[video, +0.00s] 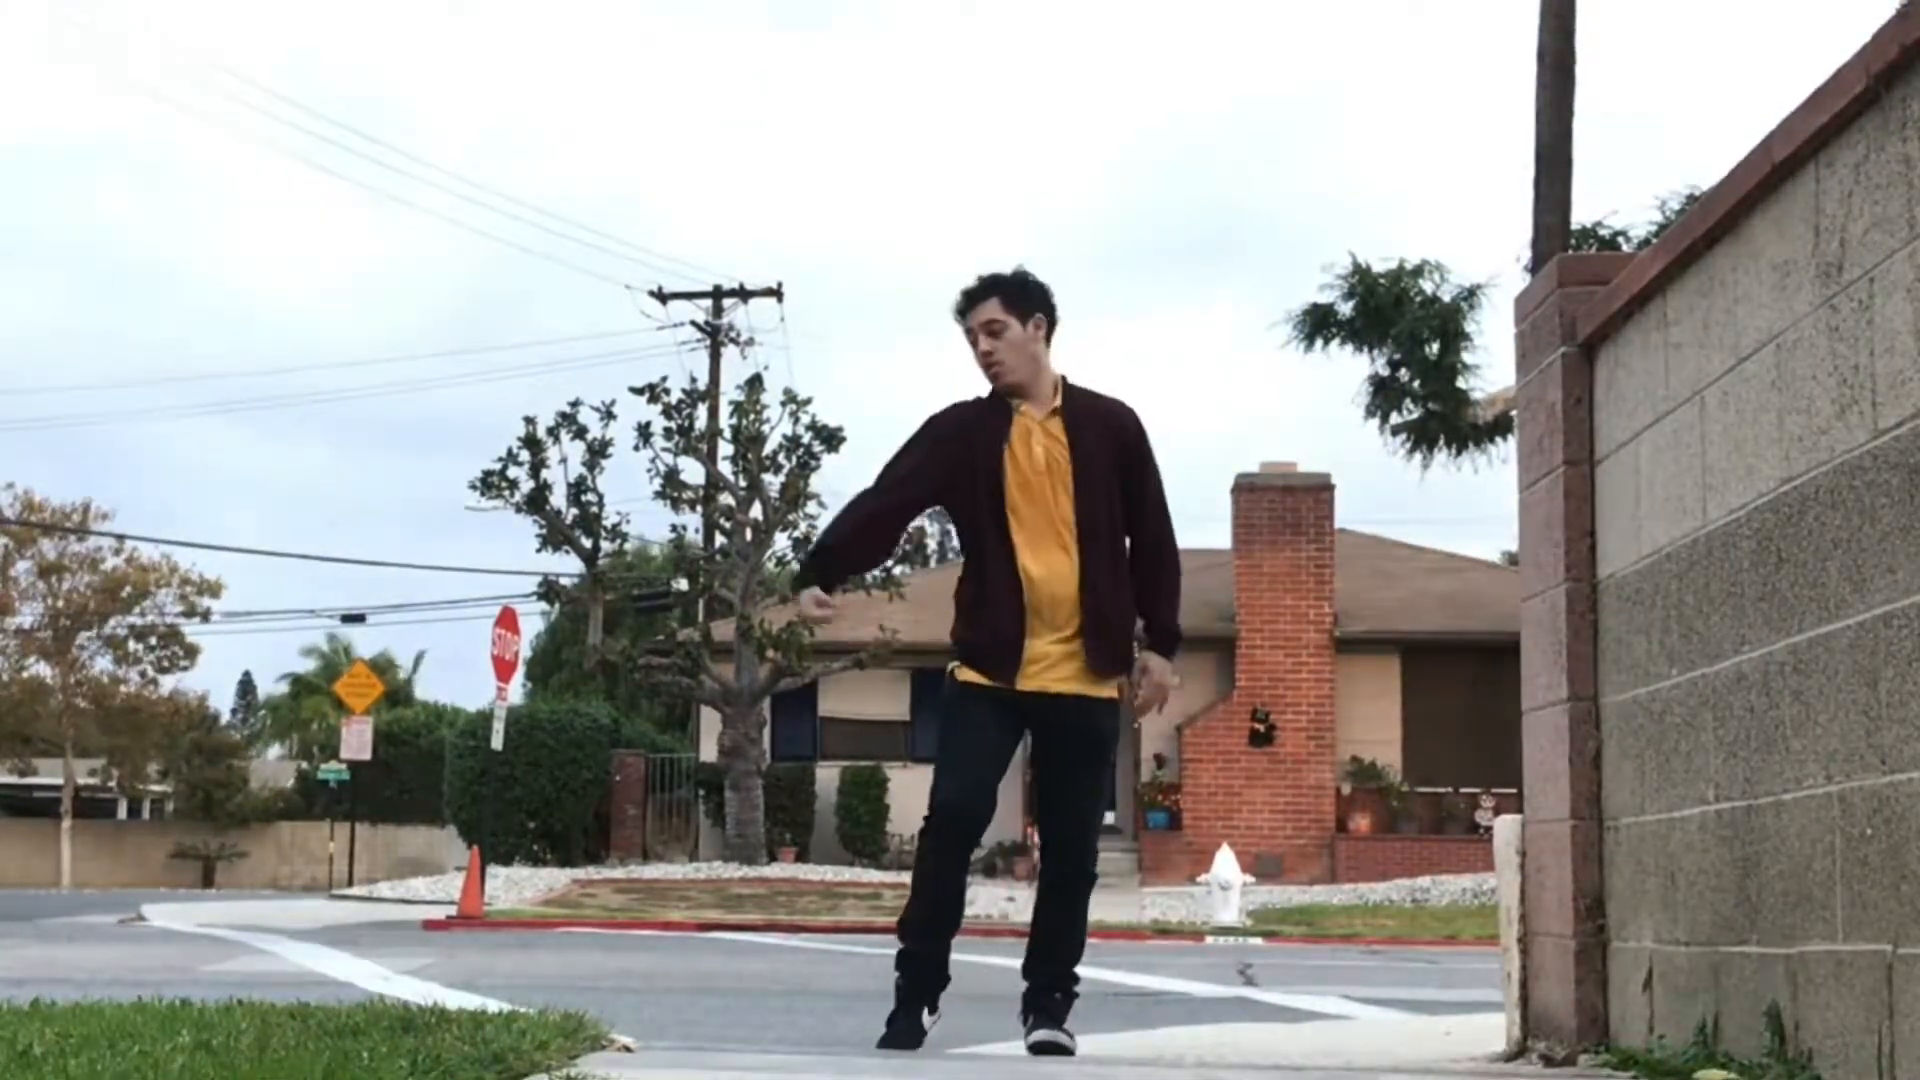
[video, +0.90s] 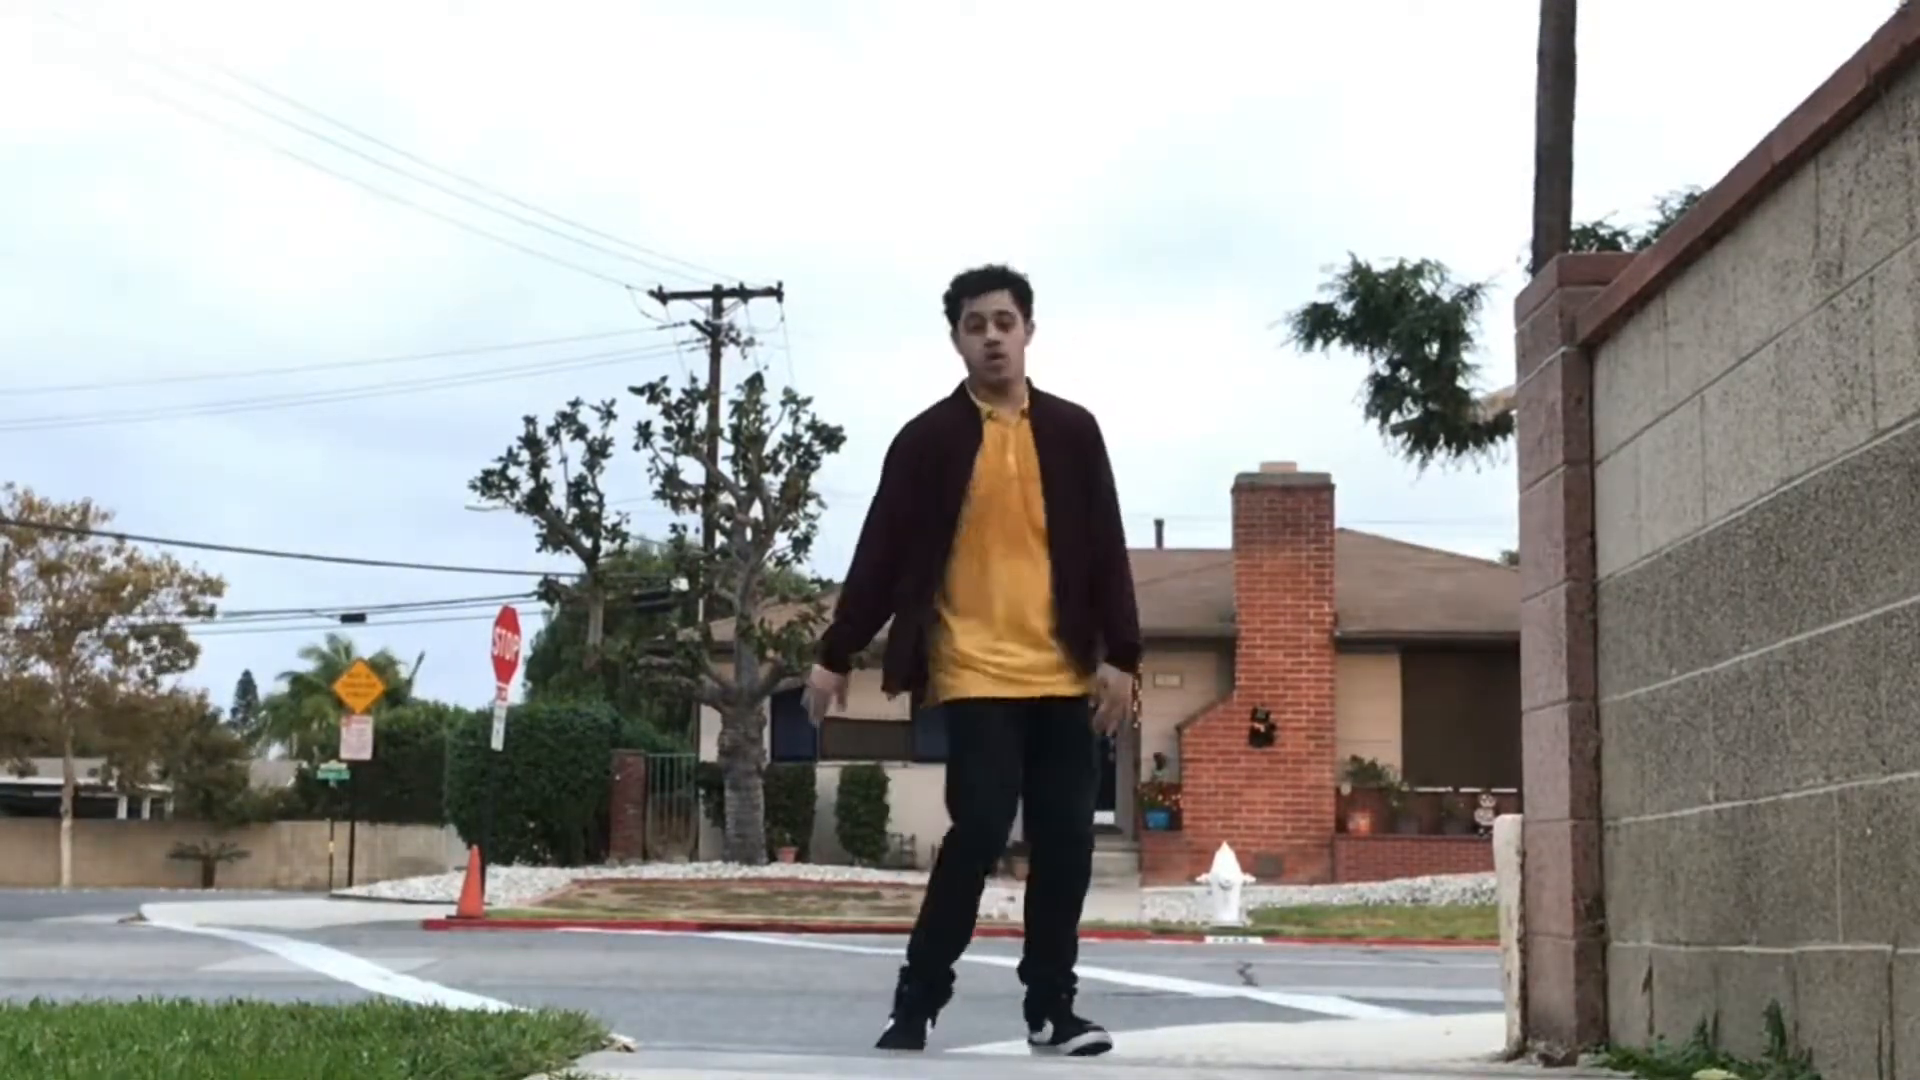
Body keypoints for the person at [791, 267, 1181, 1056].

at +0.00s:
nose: (983, 349)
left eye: (994, 332)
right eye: (974, 340)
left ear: (1042, 329)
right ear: (974, 350)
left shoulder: (1112, 425)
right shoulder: (961, 429)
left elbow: (1153, 539)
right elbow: (887, 502)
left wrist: (1160, 643)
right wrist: (821, 572)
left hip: (1087, 677)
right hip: (988, 671)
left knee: (1071, 851)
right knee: (950, 824)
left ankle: (1049, 1009)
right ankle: (914, 998)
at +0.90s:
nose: (991, 337)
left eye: (1005, 321)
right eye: (975, 326)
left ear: (1030, 330)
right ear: (955, 341)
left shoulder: (1075, 430)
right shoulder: (926, 439)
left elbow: (1107, 548)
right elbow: (880, 556)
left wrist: (1121, 655)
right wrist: (834, 658)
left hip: (1062, 673)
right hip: (971, 673)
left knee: (1067, 845)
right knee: (980, 829)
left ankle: (1050, 1009)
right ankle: (915, 1006)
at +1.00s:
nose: (1006, 330)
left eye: (1018, 316)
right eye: (990, 320)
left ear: (1042, 329)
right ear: (969, 337)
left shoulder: (1088, 428)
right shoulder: (945, 434)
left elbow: (1115, 545)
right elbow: (912, 554)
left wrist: (1119, 651)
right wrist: (912, 667)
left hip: (1073, 674)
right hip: (982, 672)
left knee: (1068, 849)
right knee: (980, 839)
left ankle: (1052, 1011)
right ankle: (944, 1010)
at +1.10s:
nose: (1013, 325)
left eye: (1027, 313)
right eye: (999, 314)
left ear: (1054, 330)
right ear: (981, 332)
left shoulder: (1098, 425)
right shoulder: (950, 431)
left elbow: (1127, 527)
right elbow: (930, 535)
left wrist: (1091, 600)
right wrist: (965, 616)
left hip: (1071, 678)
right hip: (981, 679)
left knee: (1065, 850)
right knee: (981, 847)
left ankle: (1053, 1009)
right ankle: (984, 1009)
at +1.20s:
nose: (1016, 329)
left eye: (1033, 318)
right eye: (1005, 317)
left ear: (1059, 337)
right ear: (987, 333)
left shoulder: (1094, 428)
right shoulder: (949, 432)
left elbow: (1124, 529)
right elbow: (938, 541)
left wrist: (1041, 523)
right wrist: (1027, 566)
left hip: (1077, 666)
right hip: (985, 667)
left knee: (1071, 845)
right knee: (981, 842)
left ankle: (1054, 1008)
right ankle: (983, 1010)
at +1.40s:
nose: (1014, 342)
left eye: (1031, 333)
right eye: (1003, 330)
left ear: (1056, 352)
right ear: (984, 345)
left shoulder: (1087, 438)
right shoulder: (947, 447)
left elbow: (1096, 529)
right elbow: (946, 545)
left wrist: (1002, 534)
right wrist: (1049, 567)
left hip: (1095, 678)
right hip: (1001, 680)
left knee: (1089, 854)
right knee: (1002, 847)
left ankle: (1056, 1007)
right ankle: (990, 1011)